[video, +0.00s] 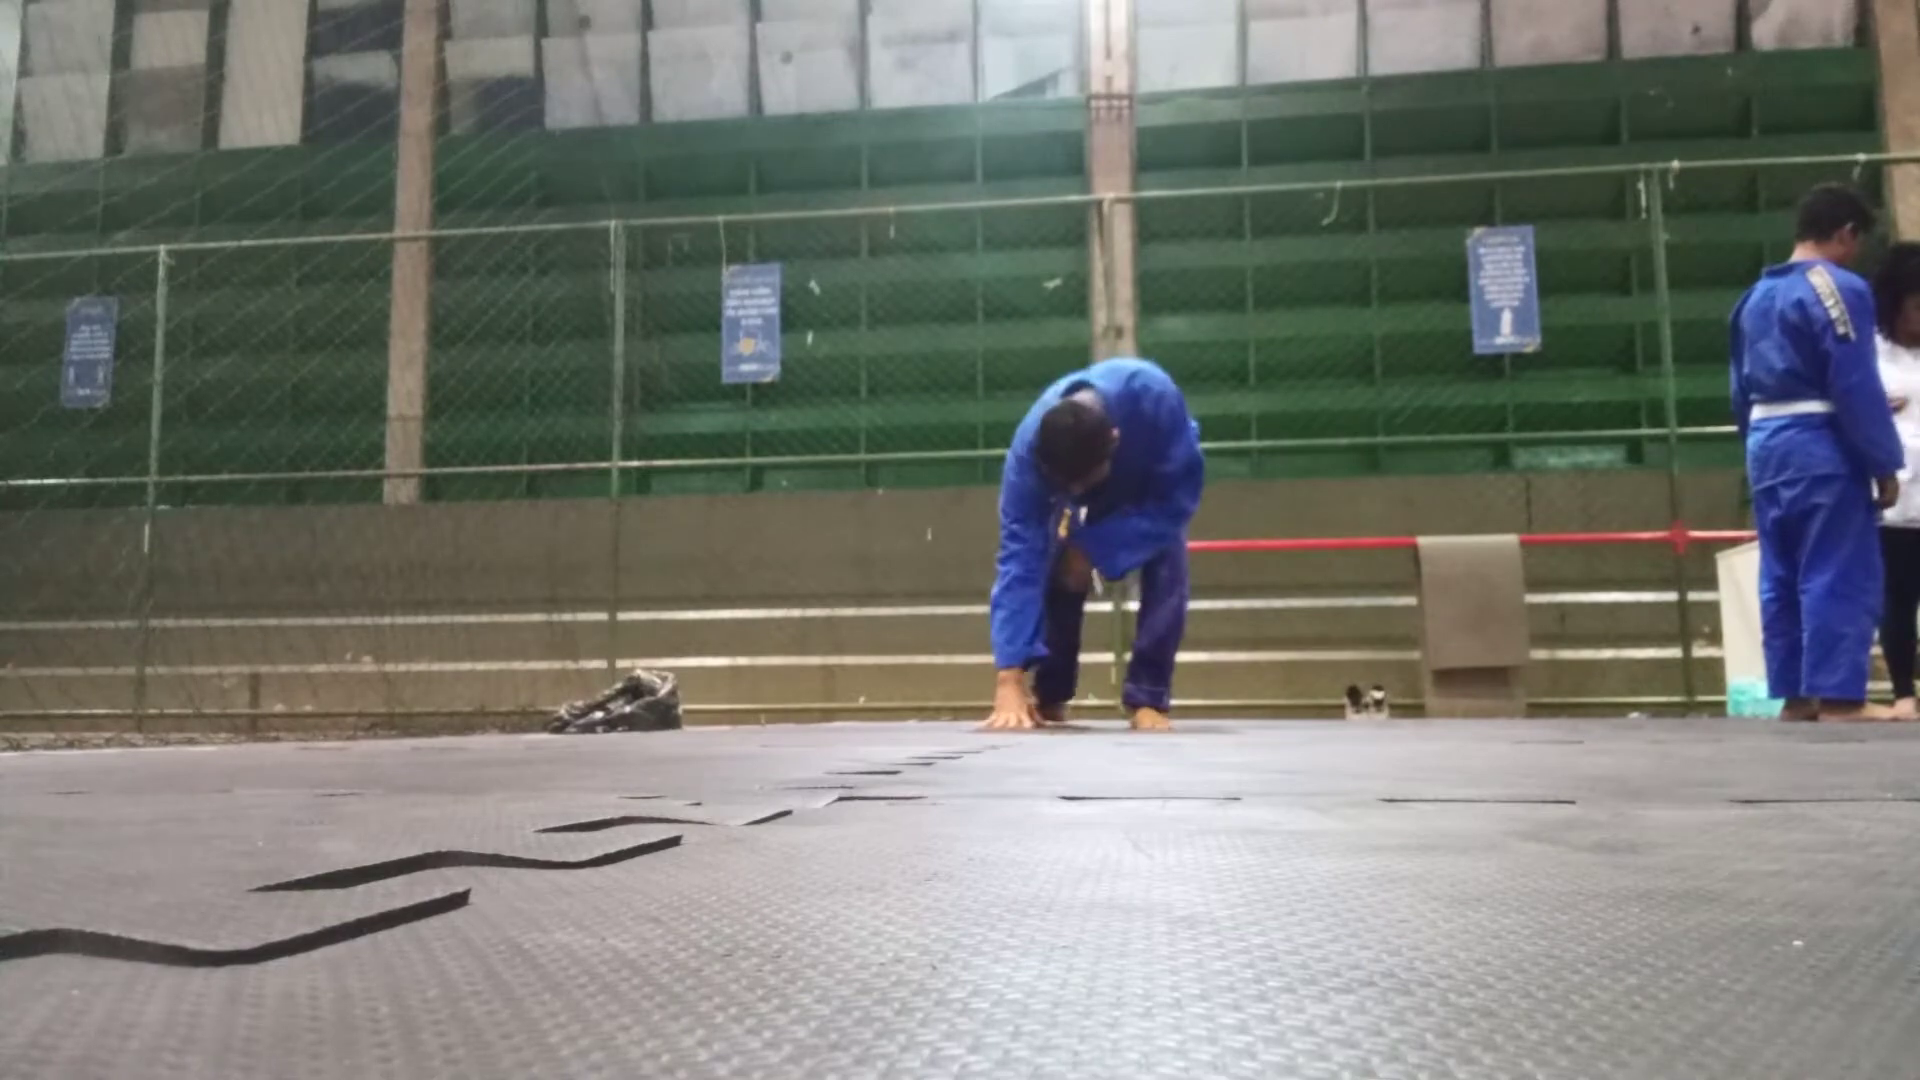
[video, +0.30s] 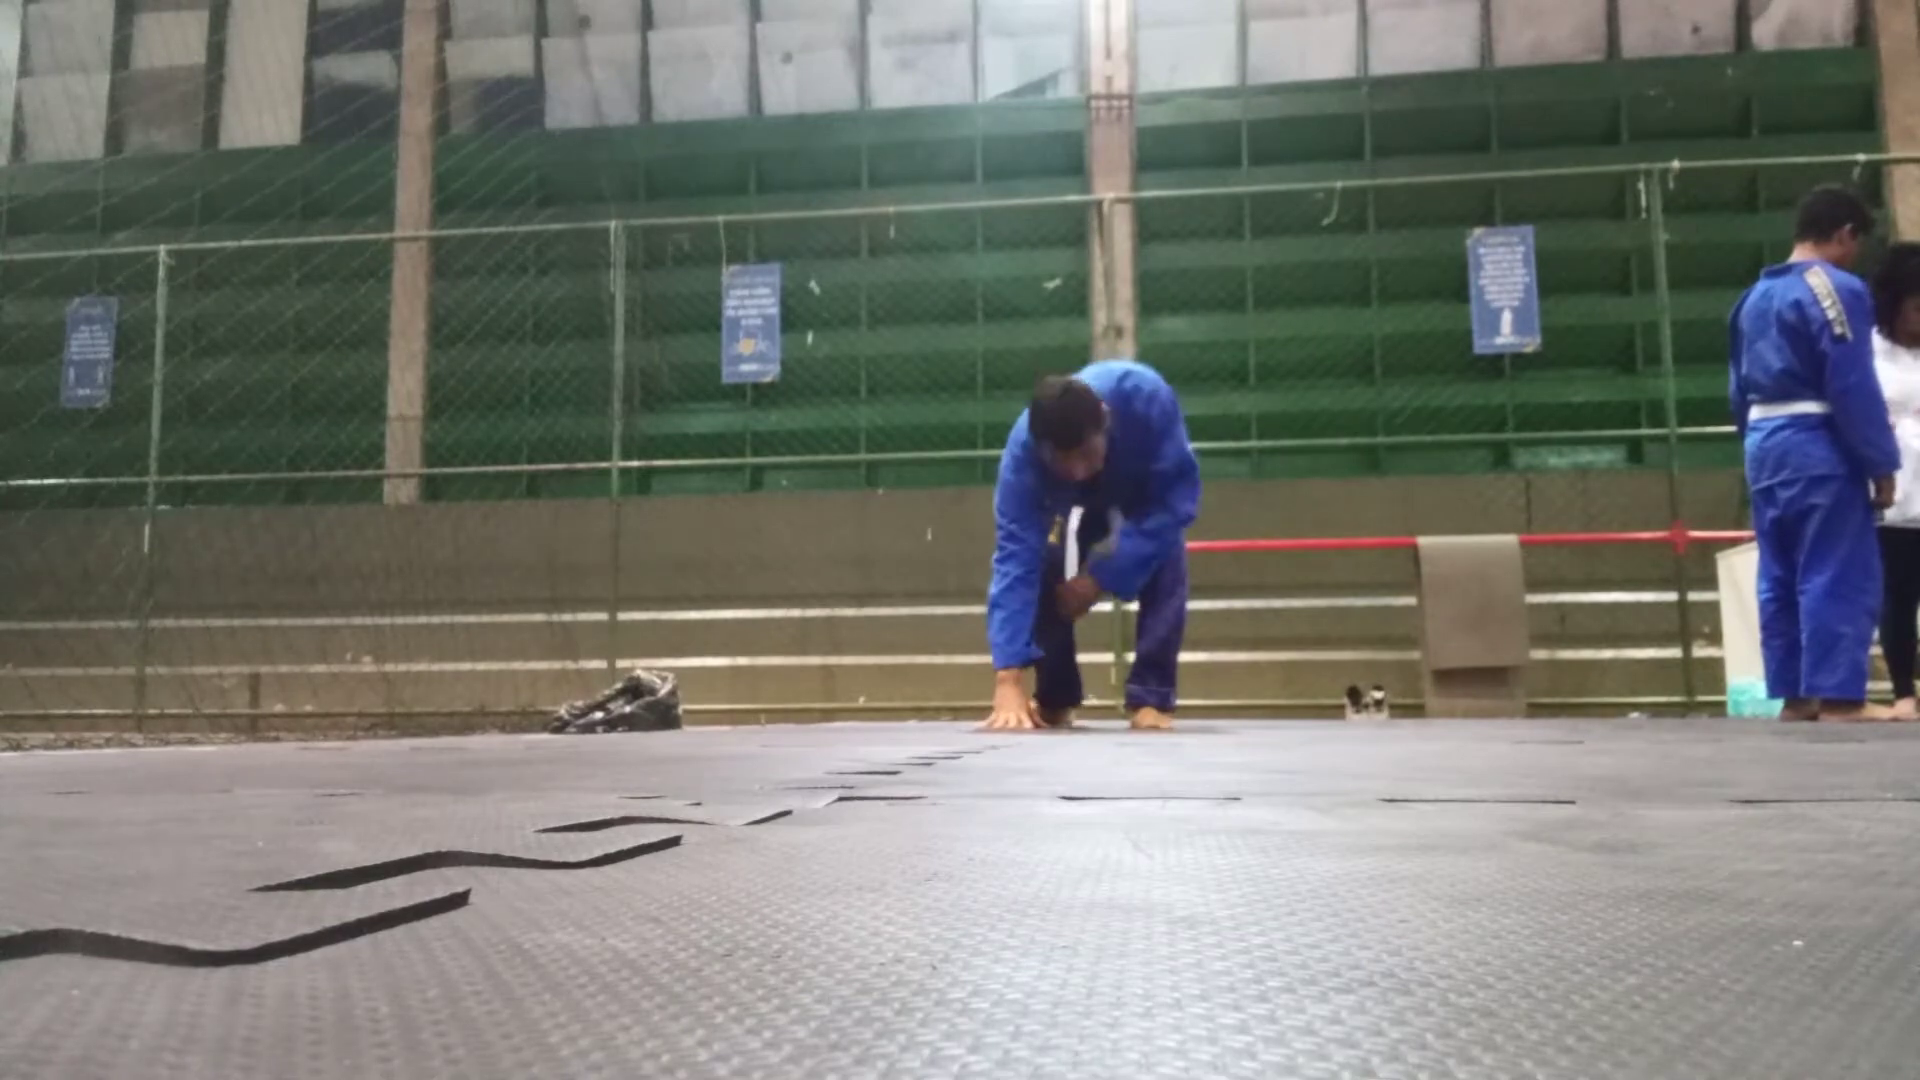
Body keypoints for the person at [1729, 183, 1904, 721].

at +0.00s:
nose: (1857, 251)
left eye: (1860, 242)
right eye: (1858, 241)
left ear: (1800, 231)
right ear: (1844, 234)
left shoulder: (1756, 295)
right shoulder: (1838, 289)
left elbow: (1742, 392)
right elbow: (1856, 388)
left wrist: (1762, 445)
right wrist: (1885, 465)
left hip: (1764, 439)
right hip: (1819, 437)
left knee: (1783, 573)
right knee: (1839, 569)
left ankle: (1794, 697)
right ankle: (1839, 699)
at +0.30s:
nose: (1857, 253)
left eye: (1860, 243)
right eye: (1857, 242)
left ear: (1800, 232)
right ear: (1842, 234)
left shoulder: (1755, 296)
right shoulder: (1836, 290)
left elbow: (1740, 392)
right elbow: (1852, 389)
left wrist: (1761, 444)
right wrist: (1883, 466)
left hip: (1762, 439)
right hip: (1816, 437)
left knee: (1781, 572)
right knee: (1839, 568)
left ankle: (1793, 696)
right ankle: (1838, 698)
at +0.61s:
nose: (1856, 255)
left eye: (1859, 245)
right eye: (1857, 244)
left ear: (1800, 233)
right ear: (1842, 236)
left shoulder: (1754, 296)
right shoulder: (1835, 290)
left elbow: (1739, 392)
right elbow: (1851, 389)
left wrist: (1761, 443)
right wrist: (1881, 467)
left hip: (1760, 440)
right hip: (1814, 438)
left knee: (1779, 573)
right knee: (1838, 569)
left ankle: (1794, 696)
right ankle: (1837, 698)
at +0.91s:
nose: (1856, 254)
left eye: (1858, 246)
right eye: (1856, 244)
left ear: (1799, 234)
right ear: (1842, 236)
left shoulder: (1754, 296)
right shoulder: (1834, 290)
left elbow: (1739, 392)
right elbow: (1852, 388)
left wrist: (1761, 442)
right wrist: (1882, 466)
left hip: (1760, 440)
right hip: (1814, 438)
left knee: (1779, 574)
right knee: (1837, 570)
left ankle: (1793, 696)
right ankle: (1837, 697)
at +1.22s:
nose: (1857, 256)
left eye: (1859, 247)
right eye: (1858, 245)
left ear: (1802, 234)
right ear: (1845, 237)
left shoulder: (1757, 296)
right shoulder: (1837, 290)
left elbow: (1742, 392)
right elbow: (1853, 388)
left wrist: (1762, 442)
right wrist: (1883, 466)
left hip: (1762, 440)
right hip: (1816, 438)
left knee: (1780, 573)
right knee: (1839, 569)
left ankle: (1793, 696)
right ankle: (1838, 697)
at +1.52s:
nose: (1862, 254)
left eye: (1863, 246)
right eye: (1862, 244)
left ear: (1807, 234)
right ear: (1849, 237)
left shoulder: (1760, 296)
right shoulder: (1842, 290)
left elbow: (1744, 391)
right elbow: (1858, 387)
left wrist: (1765, 443)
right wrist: (1886, 467)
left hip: (1764, 440)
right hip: (1819, 438)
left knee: (1782, 574)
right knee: (1841, 570)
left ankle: (1794, 697)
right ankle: (1840, 699)